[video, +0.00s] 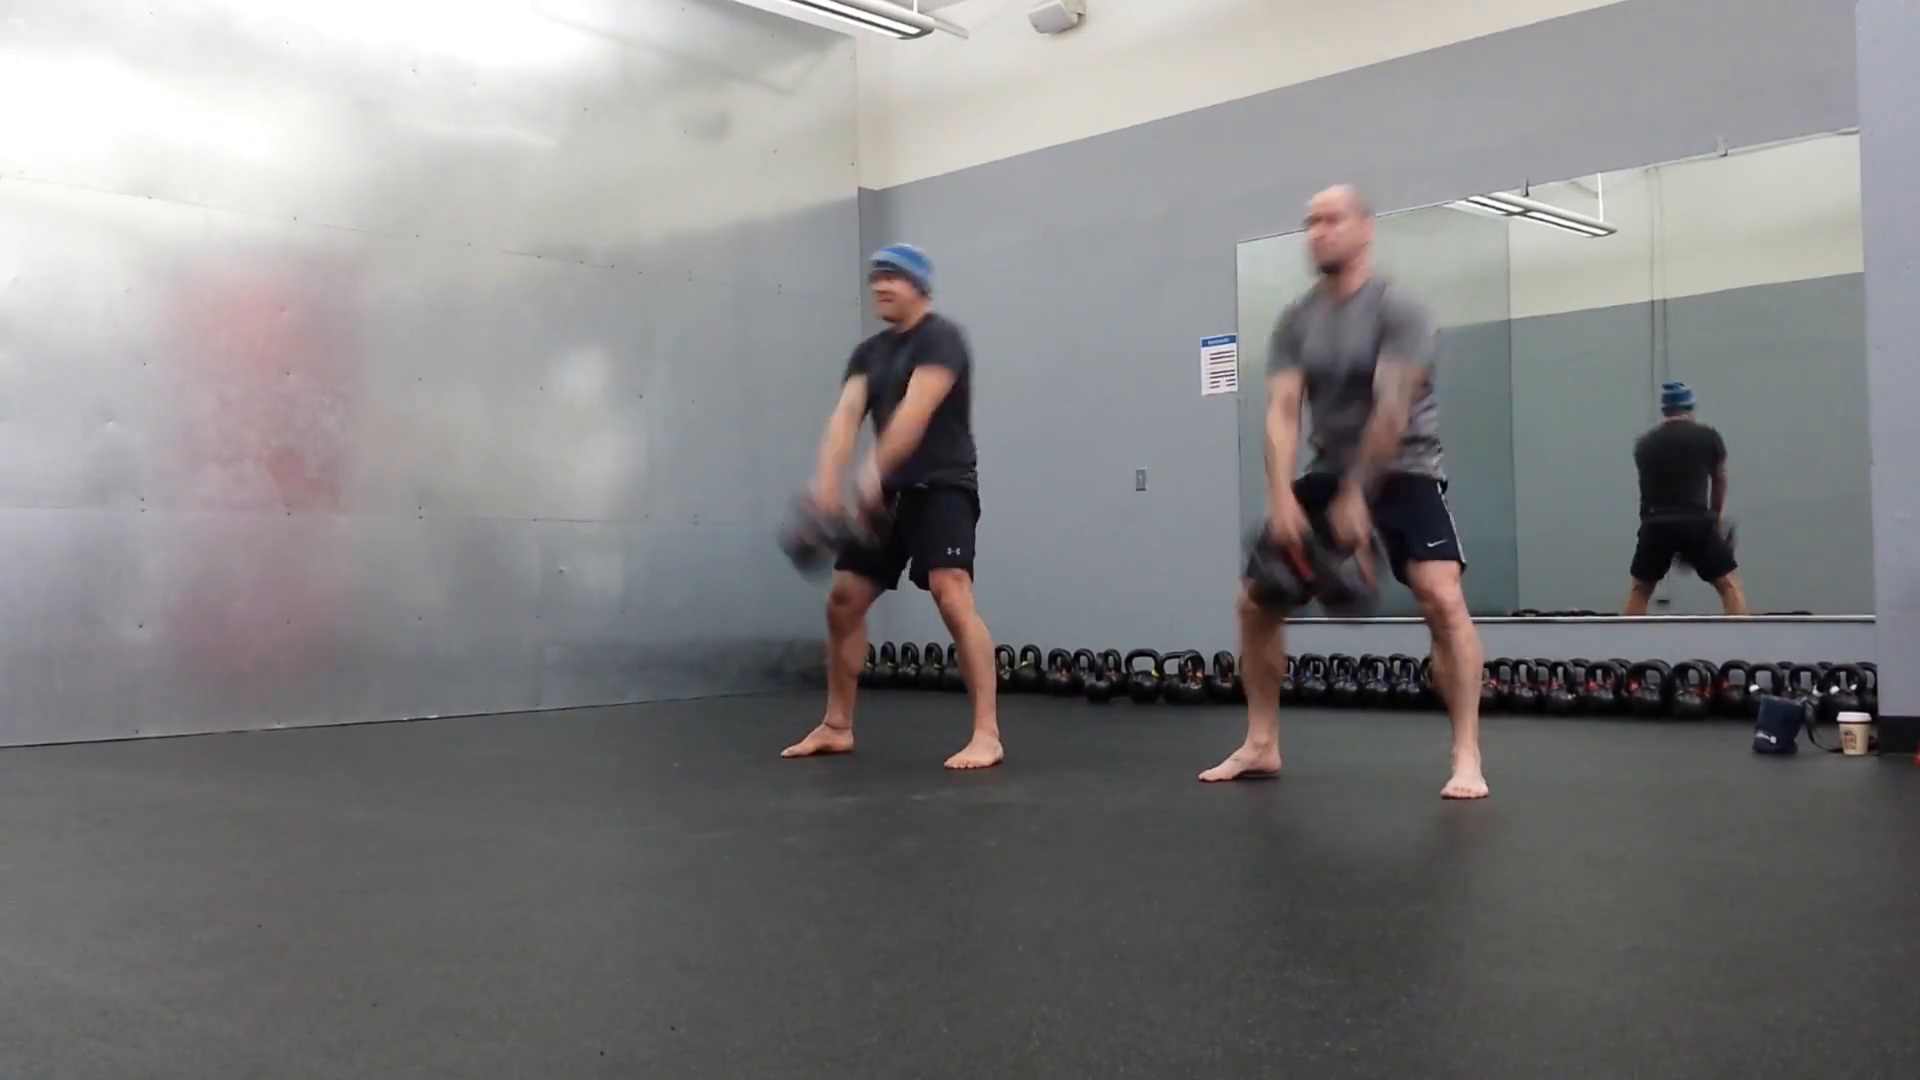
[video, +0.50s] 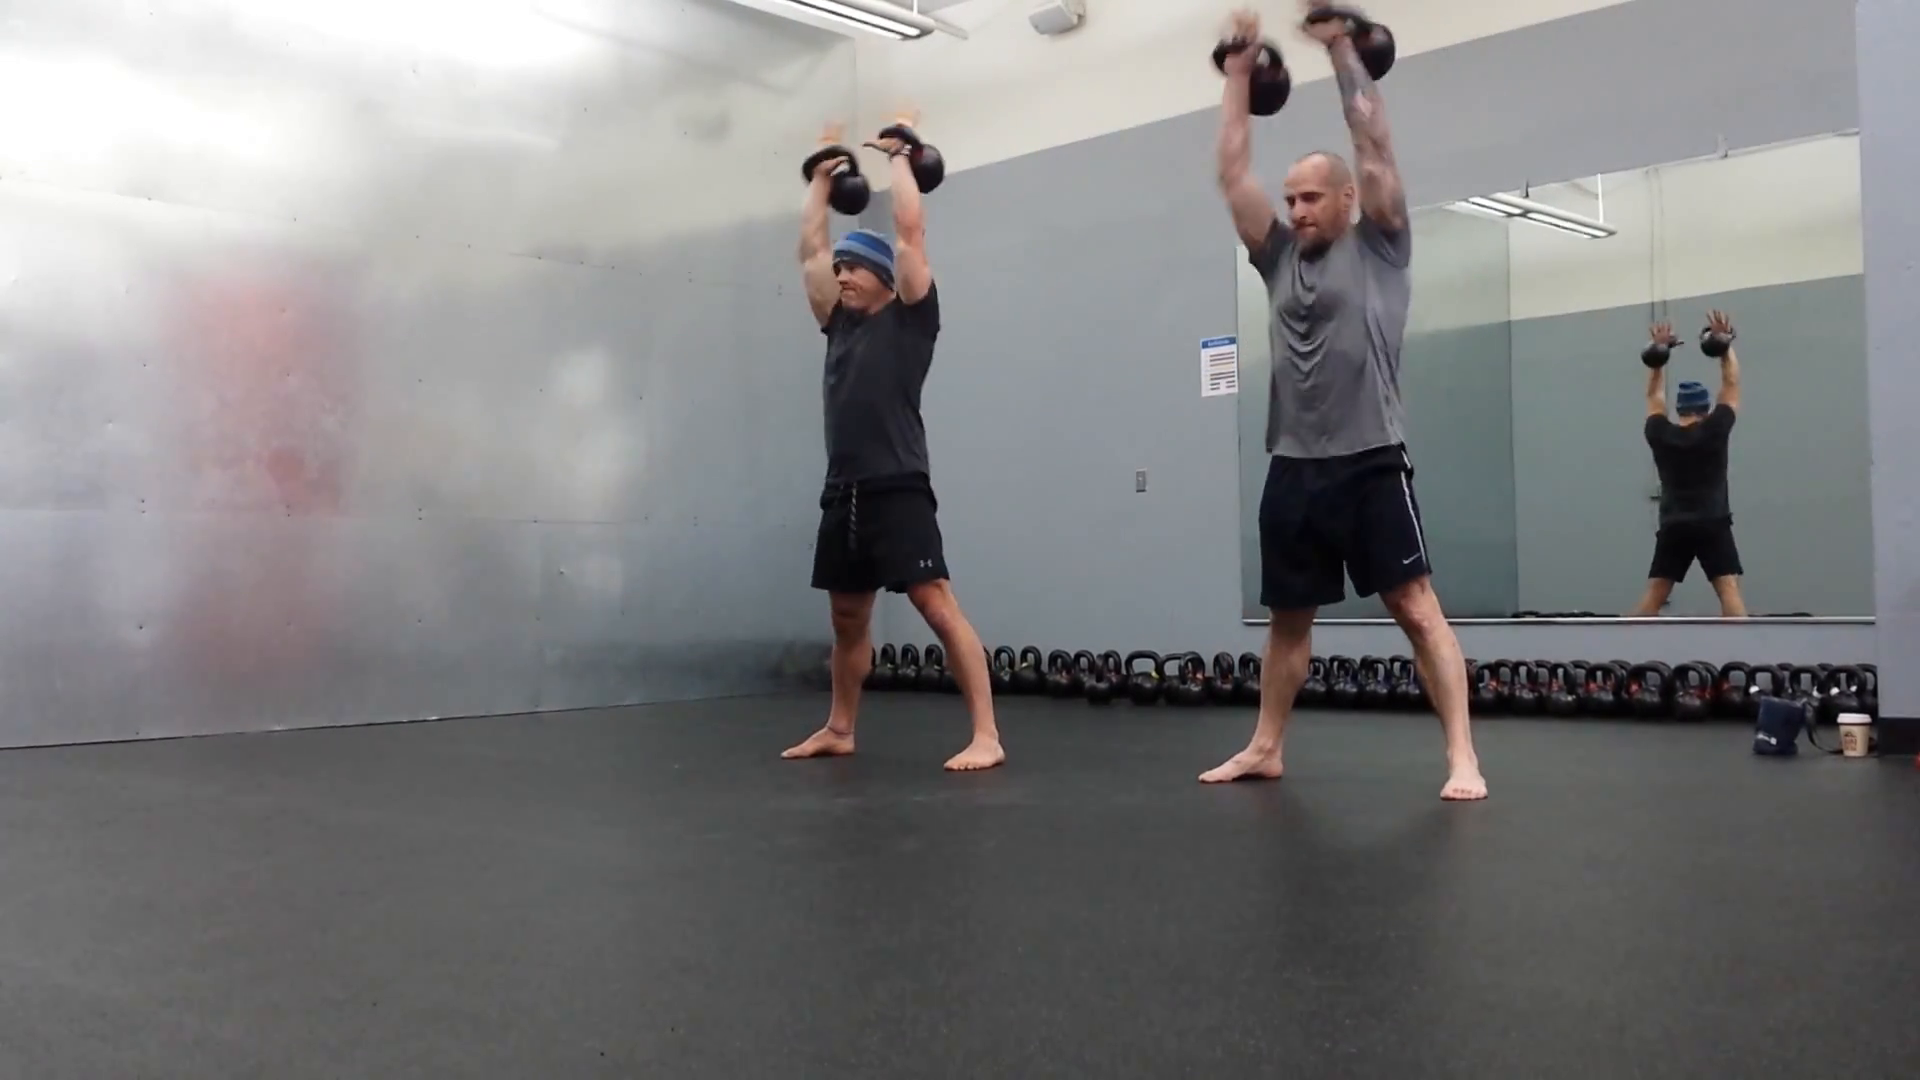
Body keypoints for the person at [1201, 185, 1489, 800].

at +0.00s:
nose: (1317, 233)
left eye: (1331, 220)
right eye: (1312, 223)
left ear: (1366, 228)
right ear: (1307, 235)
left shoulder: (1401, 310)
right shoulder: (1298, 318)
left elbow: (1390, 414)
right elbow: (1282, 411)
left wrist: (1355, 490)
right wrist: (1280, 496)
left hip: (1403, 472)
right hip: (1331, 473)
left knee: (1441, 597)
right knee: (1257, 602)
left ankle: (1467, 756)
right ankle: (1261, 742)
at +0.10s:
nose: (1359, 220)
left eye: (1372, 208)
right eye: (1352, 211)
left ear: (1407, 215)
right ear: (1345, 222)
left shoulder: (1435, 279)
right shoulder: (1334, 286)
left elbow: (1410, 347)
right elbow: (1295, 348)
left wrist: (1345, 385)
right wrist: (1263, 391)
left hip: (1403, 466)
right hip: (1328, 468)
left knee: (1429, 601)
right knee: (1286, 602)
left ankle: (1465, 754)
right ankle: (1263, 742)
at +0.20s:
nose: (1364, 222)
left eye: (1377, 210)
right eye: (1358, 213)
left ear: (1413, 218)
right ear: (1353, 225)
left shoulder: (1439, 274)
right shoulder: (1343, 288)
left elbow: (1431, 324)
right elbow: (1277, 349)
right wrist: (1253, 309)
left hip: (1394, 467)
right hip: (1318, 466)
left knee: (1423, 604)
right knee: (1288, 609)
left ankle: (1464, 755)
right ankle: (1265, 745)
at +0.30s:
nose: (1339, 226)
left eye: (1350, 213)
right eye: (1331, 215)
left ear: (1381, 216)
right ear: (1324, 220)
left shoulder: (1415, 269)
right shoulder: (1317, 283)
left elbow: (1428, 281)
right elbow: (1235, 308)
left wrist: (1382, 215)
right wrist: (1241, 241)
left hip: (1384, 469)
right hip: (1306, 470)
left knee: (1417, 609)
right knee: (1288, 616)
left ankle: (1463, 757)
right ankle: (1265, 746)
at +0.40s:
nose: (1316, 210)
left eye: (1331, 198)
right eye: (1311, 201)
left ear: (1369, 206)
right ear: (1305, 212)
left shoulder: (1397, 267)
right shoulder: (1295, 273)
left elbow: (1397, 196)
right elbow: (1218, 240)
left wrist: (1343, 117)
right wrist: (1230, 159)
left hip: (1376, 467)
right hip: (1299, 472)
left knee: (1416, 609)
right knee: (1288, 618)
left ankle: (1462, 760)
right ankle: (1265, 746)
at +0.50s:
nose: (1298, 209)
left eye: (1309, 197)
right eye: (1294, 200)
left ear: (1346, 198)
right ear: (1288, 208)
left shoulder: (1380, 248)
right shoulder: (1280, 257)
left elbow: (1376, 146)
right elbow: (1232, 171)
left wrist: (1340, 48)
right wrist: (1238, 71)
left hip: (1373, 461)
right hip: (1293, 466)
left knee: (1415, 607)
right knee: (1288, 617)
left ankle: (1462, 759)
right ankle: (1265, 747)